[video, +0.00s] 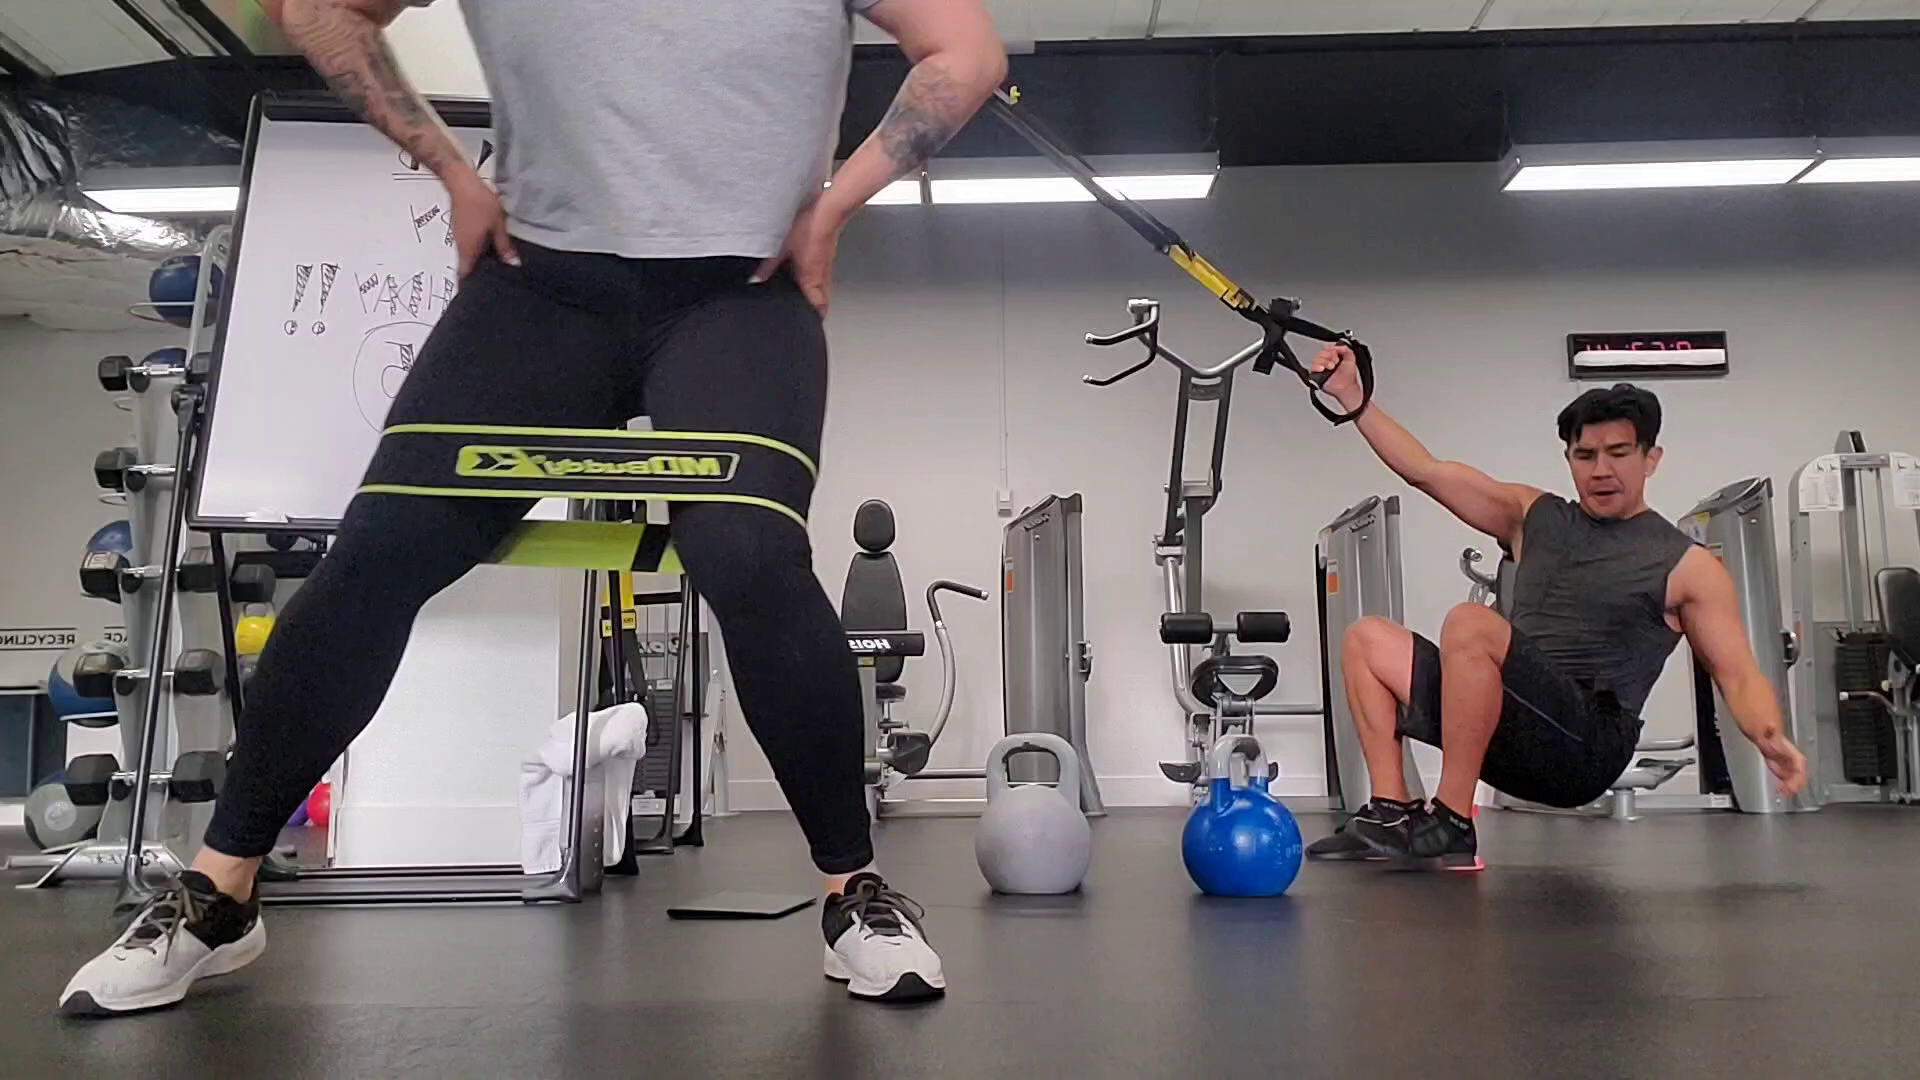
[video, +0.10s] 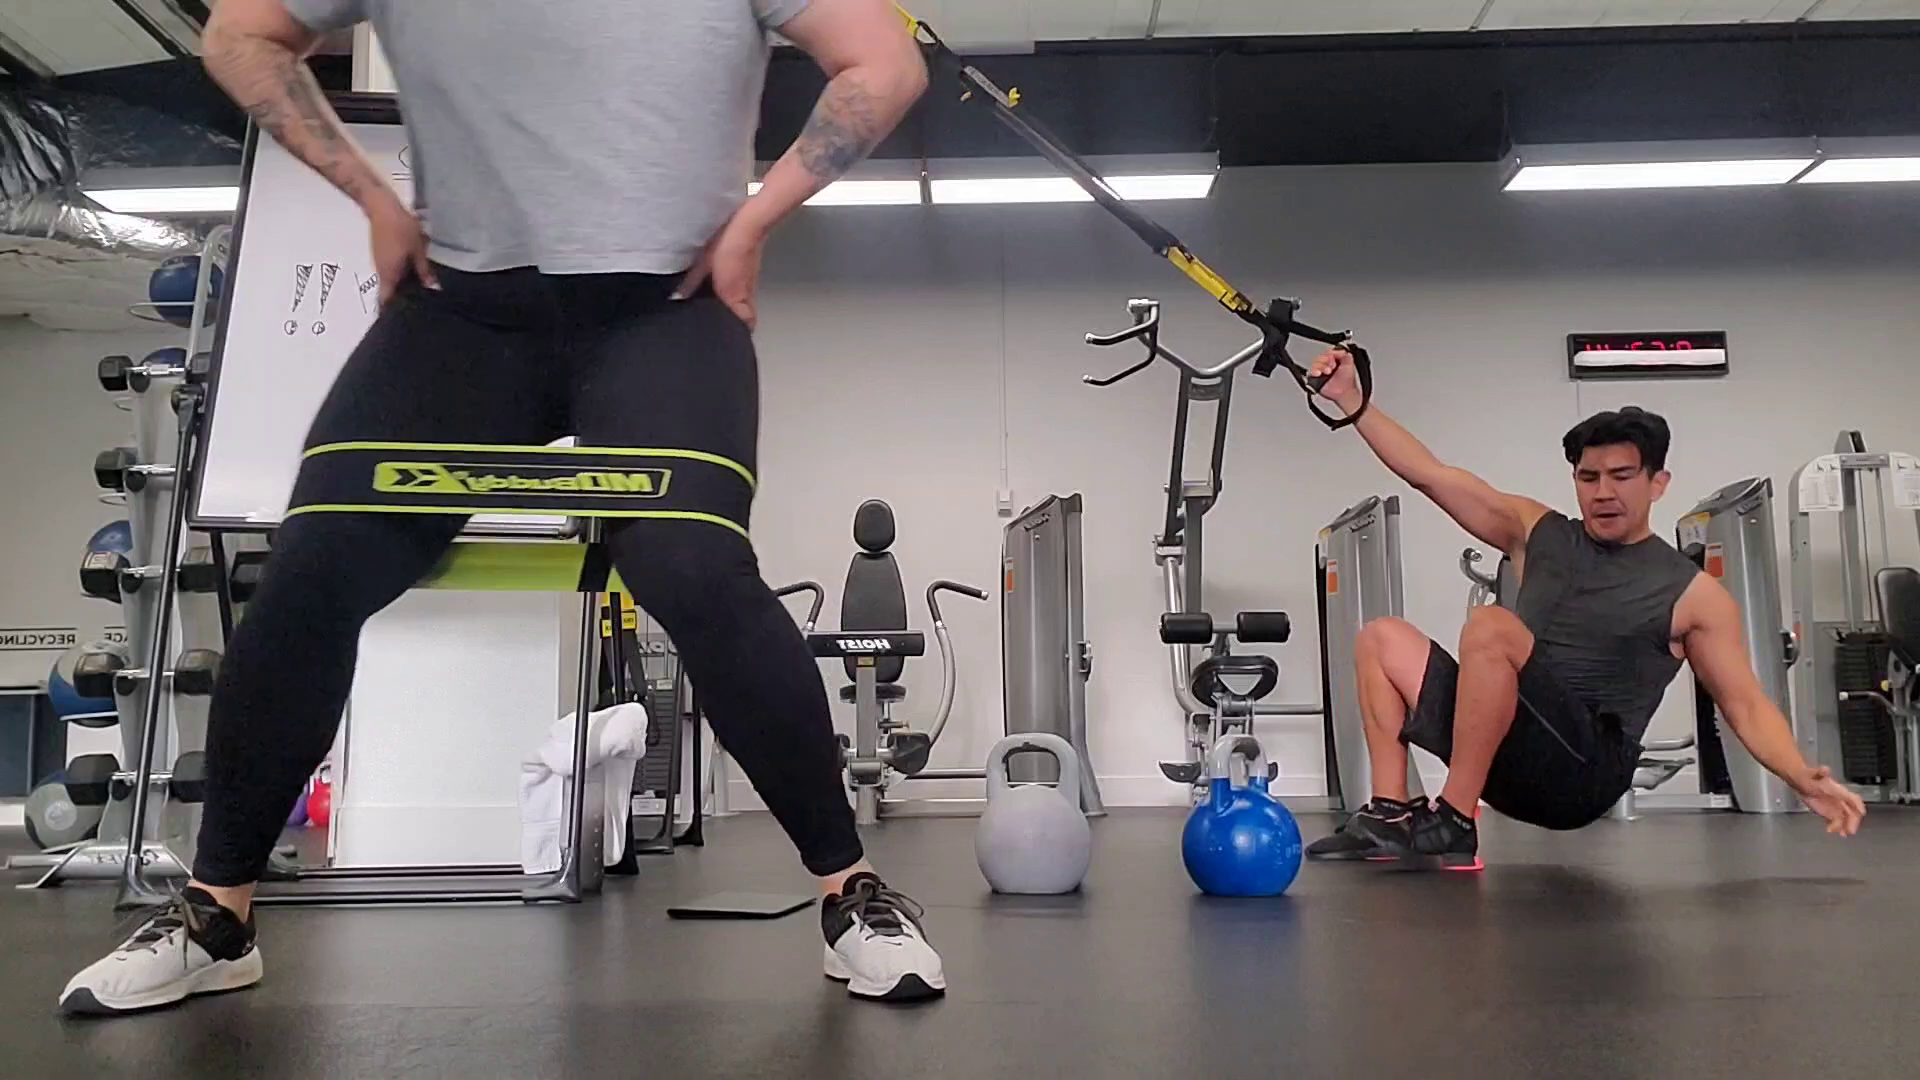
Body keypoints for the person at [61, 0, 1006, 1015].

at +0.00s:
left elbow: (972, 57)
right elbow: (316, 15)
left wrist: (838, 200)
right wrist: (448, 165)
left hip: (739, 288)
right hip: (538, 278)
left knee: (749, 553)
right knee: (376, 548)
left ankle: (855, 895)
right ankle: (217, 893)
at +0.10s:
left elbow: (888, 66)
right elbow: (238, 40)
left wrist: (760, 209)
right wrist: (370, 191)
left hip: (667, 311)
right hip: (460, 306)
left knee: (693, 569)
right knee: (309, 577)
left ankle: (850, 895)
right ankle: (216, 917)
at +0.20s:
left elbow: (795, 52)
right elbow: (145, 35)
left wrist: (672, 197)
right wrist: (275, 182)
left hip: (588, 292)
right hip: (379, 292)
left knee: (644, 563)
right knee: (243, 560)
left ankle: (839, 882)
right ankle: (213, 911)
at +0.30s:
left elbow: (725, 27)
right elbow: (78, 18)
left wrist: (607, 173)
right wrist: (219, 165)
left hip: (528, 247)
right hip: (312, 255)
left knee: (585, 528)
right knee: (215, 553)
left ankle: (732, 859)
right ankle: (211, 910)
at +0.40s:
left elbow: (684, 9)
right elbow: (31, 11)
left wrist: (561, 158)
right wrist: (174, 146)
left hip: (482, 229)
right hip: (269, 237)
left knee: (492, 505)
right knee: (196, 541)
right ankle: (211, 906)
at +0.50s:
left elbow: (650, 12)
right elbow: (16, 18)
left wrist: (529, 165)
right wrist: (140, 139)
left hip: (444, 244)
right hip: (236, 244)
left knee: (404, 509)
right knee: (164, 541)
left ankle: (422, 857)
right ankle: (205, 903)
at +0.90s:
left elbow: (568, 18)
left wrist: (436, 171)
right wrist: (74, 137)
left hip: (358, 247)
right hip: (158, 244)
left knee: (301, 537)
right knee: (39, 504)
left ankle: (359, 893)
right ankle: (71, 860)